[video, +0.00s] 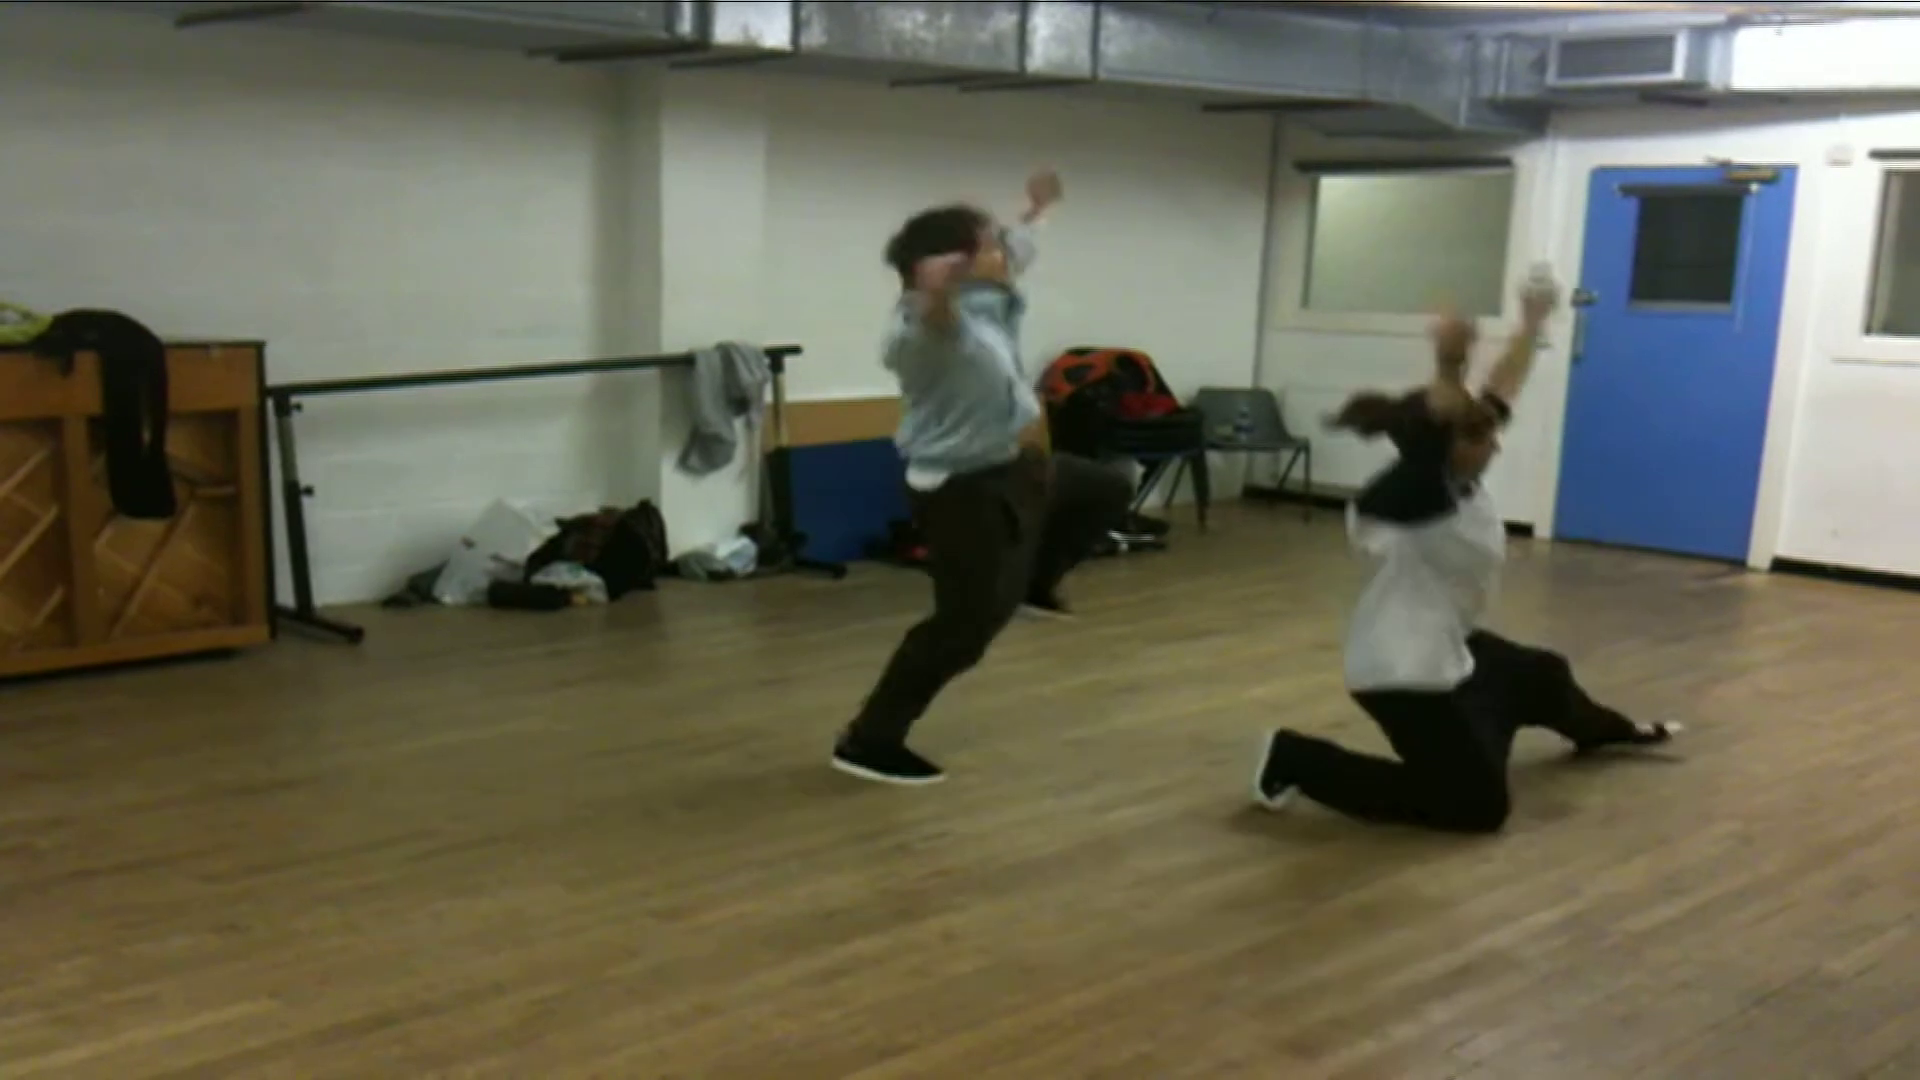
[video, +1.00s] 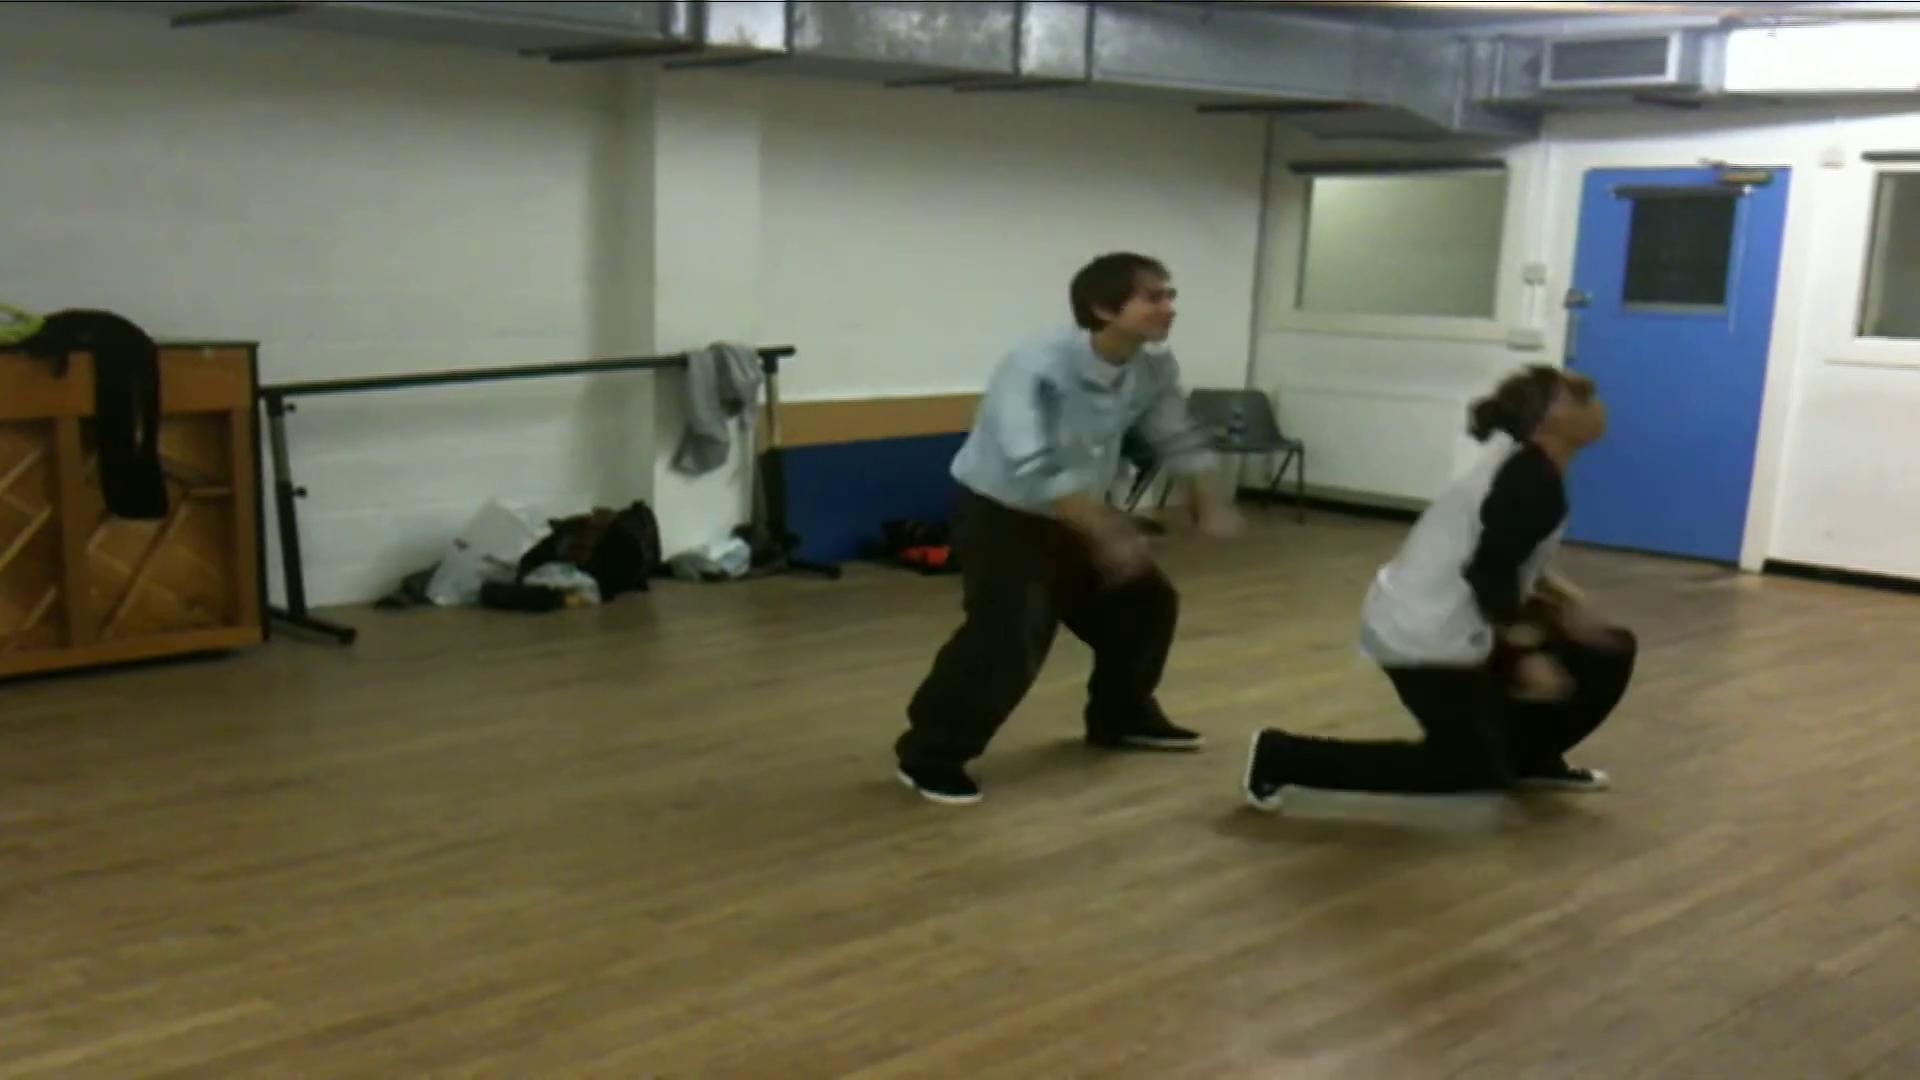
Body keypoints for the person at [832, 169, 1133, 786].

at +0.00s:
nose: (1002, 250)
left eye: (998, 242)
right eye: (988, 244)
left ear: (987, 259)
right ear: (942, 264)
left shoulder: (990, 305)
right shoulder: (918, 331)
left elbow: (1012, 258)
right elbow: (926, 331)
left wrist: (1035, 210)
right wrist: (938, 296)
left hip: (1014, 470)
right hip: (958, 490)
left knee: (1107, 489)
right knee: (968, 622)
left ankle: (1036, 581)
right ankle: (871, 739)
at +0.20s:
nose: (1039, 258)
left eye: (1036, 248)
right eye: (1026, 249)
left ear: (996, 263)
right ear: (981, 264)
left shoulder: (1028, 308)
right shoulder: (949, 326)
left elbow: (1109, 306)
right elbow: (1042, 347)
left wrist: (1178, 262)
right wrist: (1110, 295)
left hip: (1037, 489)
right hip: (980, 497)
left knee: (1110, 583)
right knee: (974, 630)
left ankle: (1098, 684)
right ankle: (869, 740)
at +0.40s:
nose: (1123, 275)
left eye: (1121, 265)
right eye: (1111, 265)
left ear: (1084, 280)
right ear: (1068, 275)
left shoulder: (1100, 330)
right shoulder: (1027, 320)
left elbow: (1160, 367)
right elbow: (1097, 367)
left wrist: (1210, 353)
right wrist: (1156, 350)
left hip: (1067, 504)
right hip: (1002, 502)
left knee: (1120, 615)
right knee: (989, 644)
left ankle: (1121, 722)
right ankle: (879, 737)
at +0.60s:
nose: (1112, 268)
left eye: (1114, 257)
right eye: (1100, 257)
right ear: (1051, 263)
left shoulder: (1096, 313)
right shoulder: (992, 313)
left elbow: (1127, 326)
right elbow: (895, 355)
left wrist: (1149, 327)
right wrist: (999, 330)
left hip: (1096, 495)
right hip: (1023, 500)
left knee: (1129, 611)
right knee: (992, 632)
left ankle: (1122, 718)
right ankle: (930, 753)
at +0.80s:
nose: (1147, 296)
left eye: (1149, 283)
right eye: (1135, 283)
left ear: (1094, 290)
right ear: (1084, 288)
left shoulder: (1121, 348)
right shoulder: (999, 347)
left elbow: (1134, 416)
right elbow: (932, 431)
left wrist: (1134, 469)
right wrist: (997, 502)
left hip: (1092, 516)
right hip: (1020, 517)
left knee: (1131, 612)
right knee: (998, 640)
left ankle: (1123, 720)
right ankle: (930, 754)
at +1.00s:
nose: (1169, 307)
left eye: (1168, 296)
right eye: (1154, 298)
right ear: (1105, 311)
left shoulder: (1153, 369)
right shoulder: (1035, 367)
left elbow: (1180, 443)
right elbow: (1031, 473)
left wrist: (1209, 501)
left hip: (1068, 520)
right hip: (999, 515)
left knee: (1144, 605)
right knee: (1012, 630)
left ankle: (1121, 716)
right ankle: (930, 751)